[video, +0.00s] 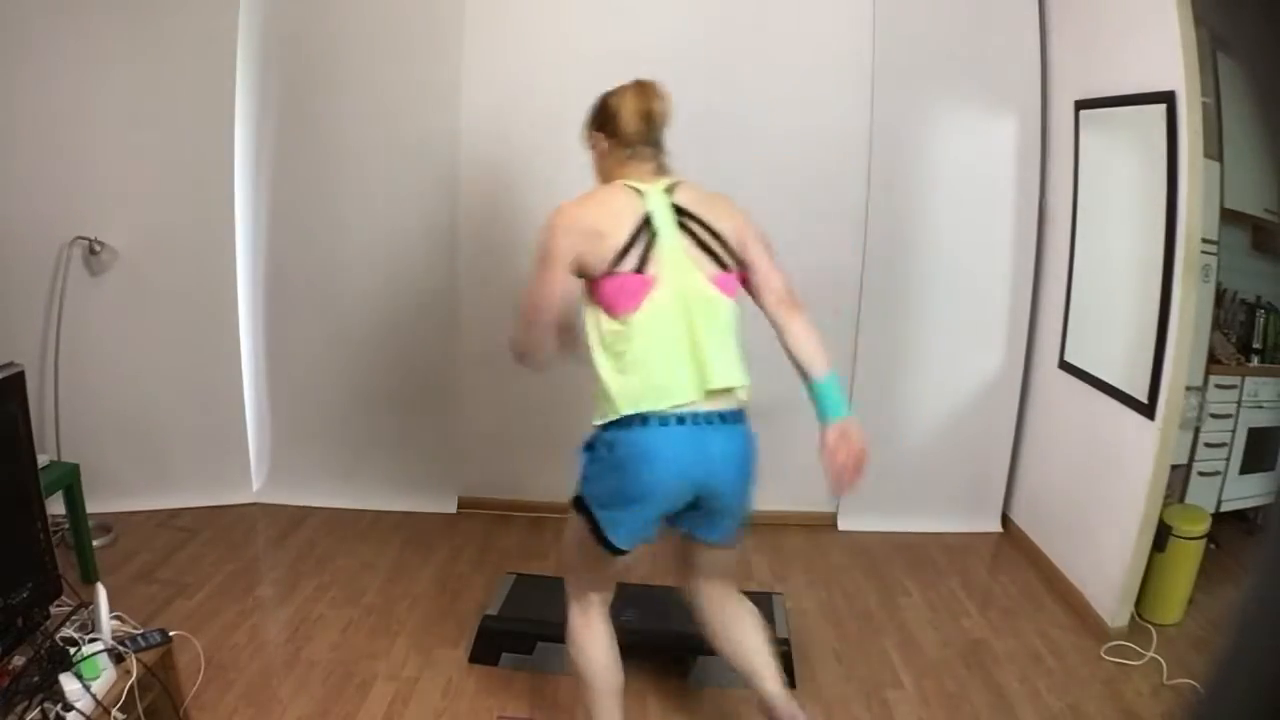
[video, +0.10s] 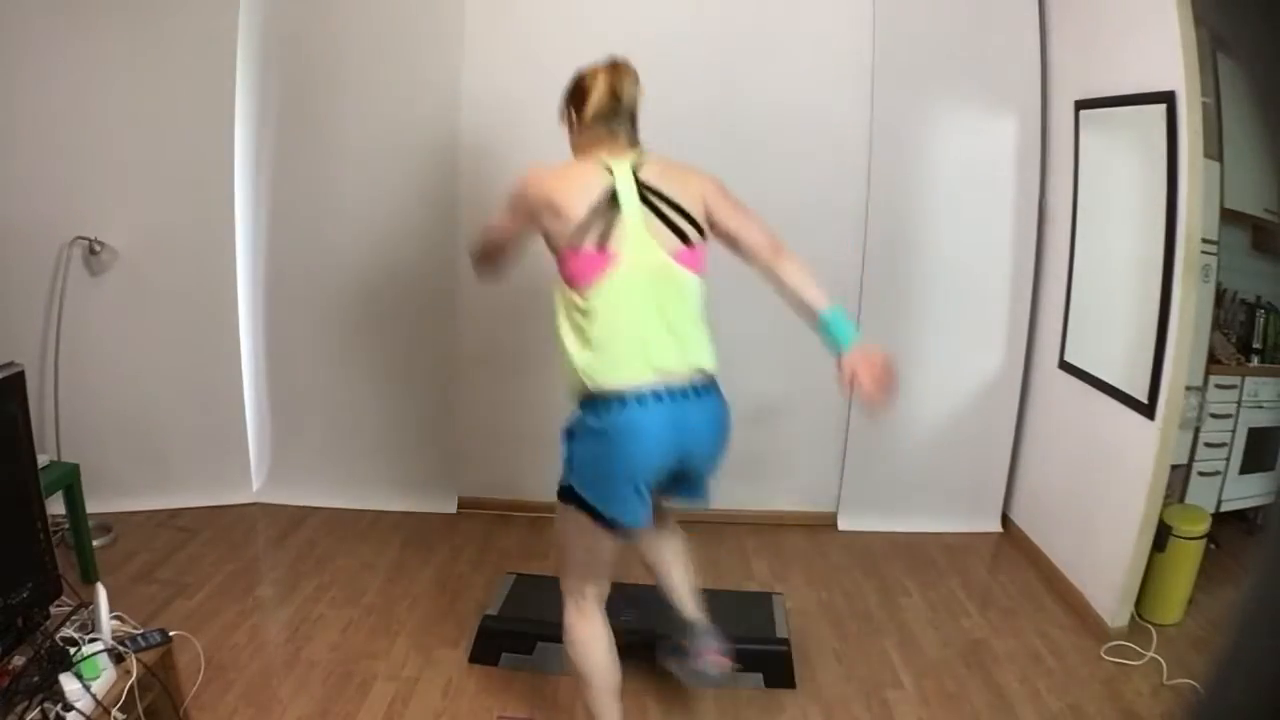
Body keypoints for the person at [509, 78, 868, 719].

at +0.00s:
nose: (591, 153)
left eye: (590, 144)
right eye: (591, 145)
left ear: (600, 142)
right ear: (662, 141)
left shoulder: (579, 219)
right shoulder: (721, 213)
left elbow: (533, 345)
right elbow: (786, 311)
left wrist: (574, 323)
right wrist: (834, 410)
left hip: (639, 451)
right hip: (726, 446)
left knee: (587, 593)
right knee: (715, 585)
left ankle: (605, 714)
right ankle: (784, 706)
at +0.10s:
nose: (565, 130)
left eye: (565, 122)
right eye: (571, 122)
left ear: (572, 121)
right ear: (634, 120)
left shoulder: (548, 188)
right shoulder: (687, 183)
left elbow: (488, 256)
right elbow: (773, 257)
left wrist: (515, 216)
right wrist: (845, 338)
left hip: (619, 428)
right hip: (701, 416)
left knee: (584, 599)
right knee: (655, 513)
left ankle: (607, 713)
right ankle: (701, 636)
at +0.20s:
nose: (553, 81)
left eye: (553, 72)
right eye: (558, 73)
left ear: (561, 70)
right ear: (622, 71)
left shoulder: (536, 127)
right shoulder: (670, 135)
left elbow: (458, 173)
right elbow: (761, 199)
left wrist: (509, 145)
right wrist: (829, 282)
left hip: (594, 367)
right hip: (672, 357)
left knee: (588, 561)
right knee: (609, 472)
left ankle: (602, 706)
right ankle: (610, 596)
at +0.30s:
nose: (538, 66)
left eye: (538, 56)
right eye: (541, 56)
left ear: (550, 52)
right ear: (602, 51)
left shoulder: (529, 100)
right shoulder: (658, 117)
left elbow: (440, 158)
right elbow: (734, 192)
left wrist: (487, 131)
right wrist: (792, 271)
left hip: (570, 325)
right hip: (645, 325)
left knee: (552, 509)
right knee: (579, 453)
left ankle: (572, 674)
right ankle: (556, 566)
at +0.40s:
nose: (521, 79)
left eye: (520, 69)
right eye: (519, 70)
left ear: (540, 58)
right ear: (580, 58)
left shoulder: (525, 113)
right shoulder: (634, 124)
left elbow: (431, 178)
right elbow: (700, 207)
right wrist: (743, 290)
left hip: (552, 327)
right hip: (622, 326)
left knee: (505, 480)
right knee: (557, 451)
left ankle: (508, 640)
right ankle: (554, 591)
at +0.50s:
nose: (501, 81)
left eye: (503, 68)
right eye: (500, 69)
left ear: (525, 59)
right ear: (553, 59)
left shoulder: (515, 114)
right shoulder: (609, 119)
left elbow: (431, 205)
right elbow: (667, 207)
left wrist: (377, 270)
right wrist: (669, 295)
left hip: (541, 319)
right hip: (606, 318)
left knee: (480, 448)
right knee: (550, 444)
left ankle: (459, 594)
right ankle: (553, 587)